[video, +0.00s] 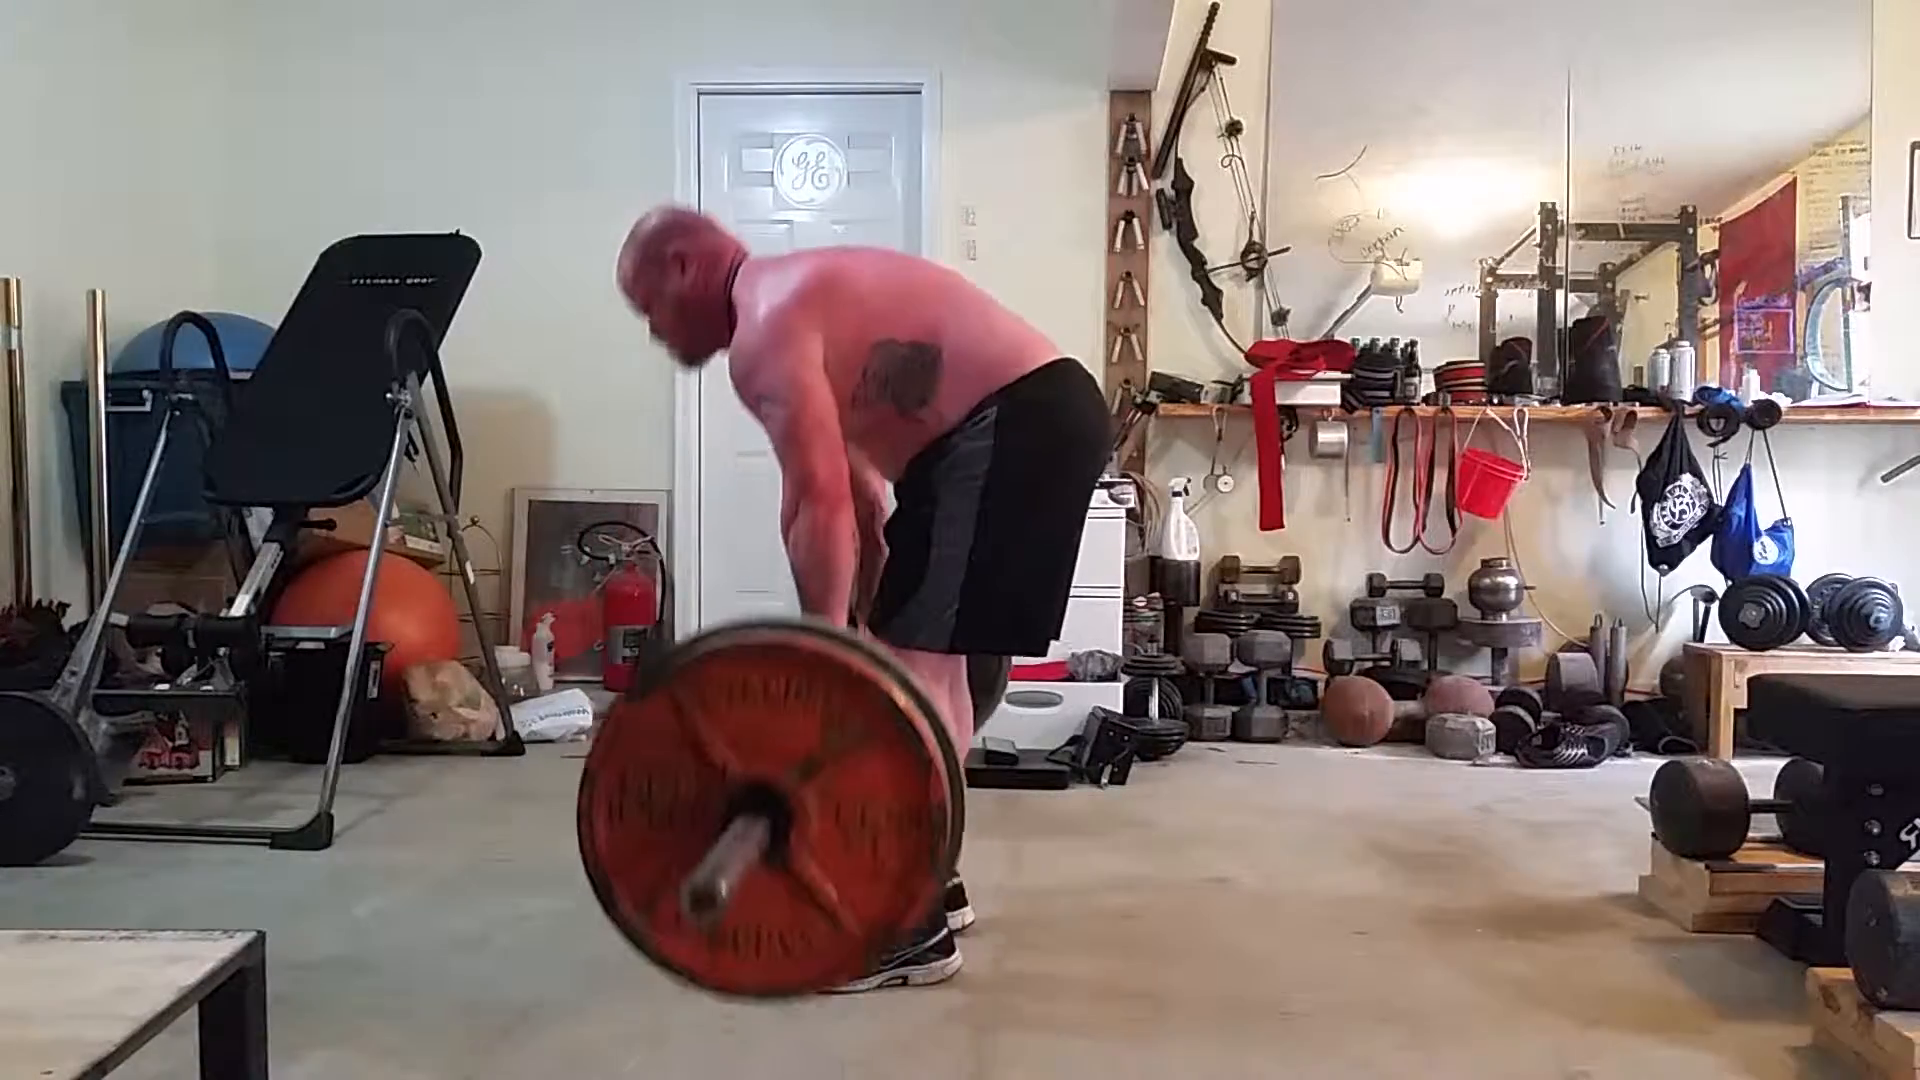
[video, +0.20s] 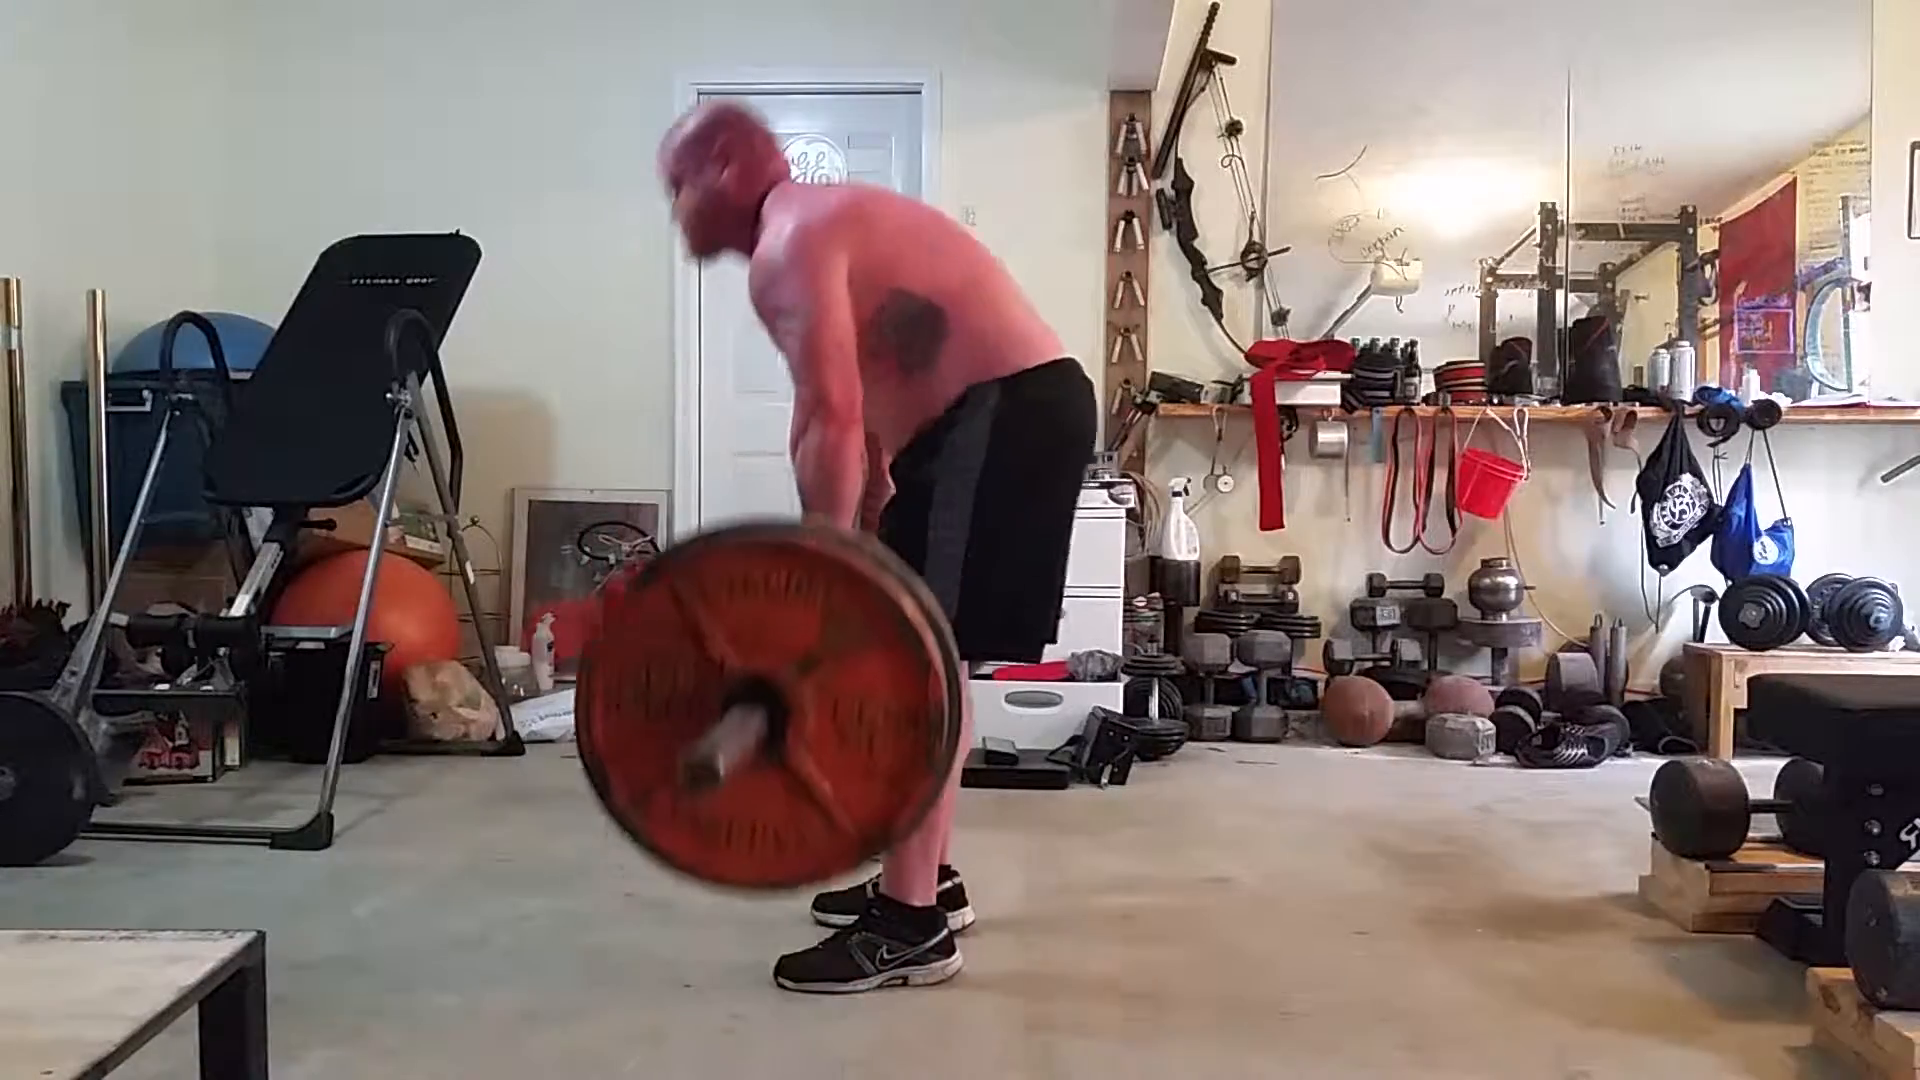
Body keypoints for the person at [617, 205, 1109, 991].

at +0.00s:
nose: (654, 331)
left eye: (649, 308)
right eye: (644, 315)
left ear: (688, 268)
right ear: (701, 262)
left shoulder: (768, 329)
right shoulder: (784, 313)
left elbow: (819, 502)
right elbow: (866, 515)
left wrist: (819, 663)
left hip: (1010, 424)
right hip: (1011, 421)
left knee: (911, 668)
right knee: (932, 668)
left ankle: (909, 922)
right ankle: (925, 889)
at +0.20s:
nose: (676, 216)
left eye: (678, 190)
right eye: (671, 195)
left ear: (730, 168)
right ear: (746, 166)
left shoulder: (796, 236)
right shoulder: (817, 226)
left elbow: (833, 419)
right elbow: (863, 426)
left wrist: (817, 586)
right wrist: (849, 561)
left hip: (999, 414)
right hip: (985, 418)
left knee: (920, 658)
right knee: (920, 651)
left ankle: (912, 912)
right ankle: (922, 875)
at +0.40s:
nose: (730, 74)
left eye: (744, 51)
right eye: (734, 55)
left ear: (801, 55)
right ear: (815, 61)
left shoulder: (841, 141)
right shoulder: (832, 147)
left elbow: (851, 324)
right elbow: (841, 330)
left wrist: (821, 491)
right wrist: (806, 488)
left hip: (963, 397)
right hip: (944, 398)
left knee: (922, 654)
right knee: (918, 650)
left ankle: (912, 917)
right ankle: (921, 882)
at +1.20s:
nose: (669, 195)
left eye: (668, 171)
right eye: (660, 177)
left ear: (711, 134)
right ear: (728, 131)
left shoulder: (792, 199)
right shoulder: (802, 192)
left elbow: (832, 381)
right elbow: (843, 380)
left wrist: (819, 556)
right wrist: (819, 558)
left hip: (972, 412)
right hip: (966, 411)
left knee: (914, 651)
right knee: (925, 648)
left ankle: (910, 914)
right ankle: (922, 879)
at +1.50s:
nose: (660, 326)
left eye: (650, 302)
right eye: (646, 310)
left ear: (680, 254)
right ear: (693, 246)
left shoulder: (772, 303)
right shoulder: (790, 288)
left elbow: (824, 480)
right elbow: (869, 488)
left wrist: (817, 653)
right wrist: (858, 628)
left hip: (1006, 421)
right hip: (995, 423)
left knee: (926, 666)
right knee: (925, 666)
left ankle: (905, 921)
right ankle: (918, 886)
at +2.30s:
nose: (652, 411)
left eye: (643, 391)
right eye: (638, 399)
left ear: (673, 343)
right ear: (681, 336)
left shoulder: (759, 390)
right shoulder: (777, 359)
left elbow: (815, 559)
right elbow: (856, 538)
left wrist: (813, 730)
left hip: (1013, 427)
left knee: (901, 661)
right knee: (922, 660)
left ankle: (920, 912)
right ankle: (932, 896)